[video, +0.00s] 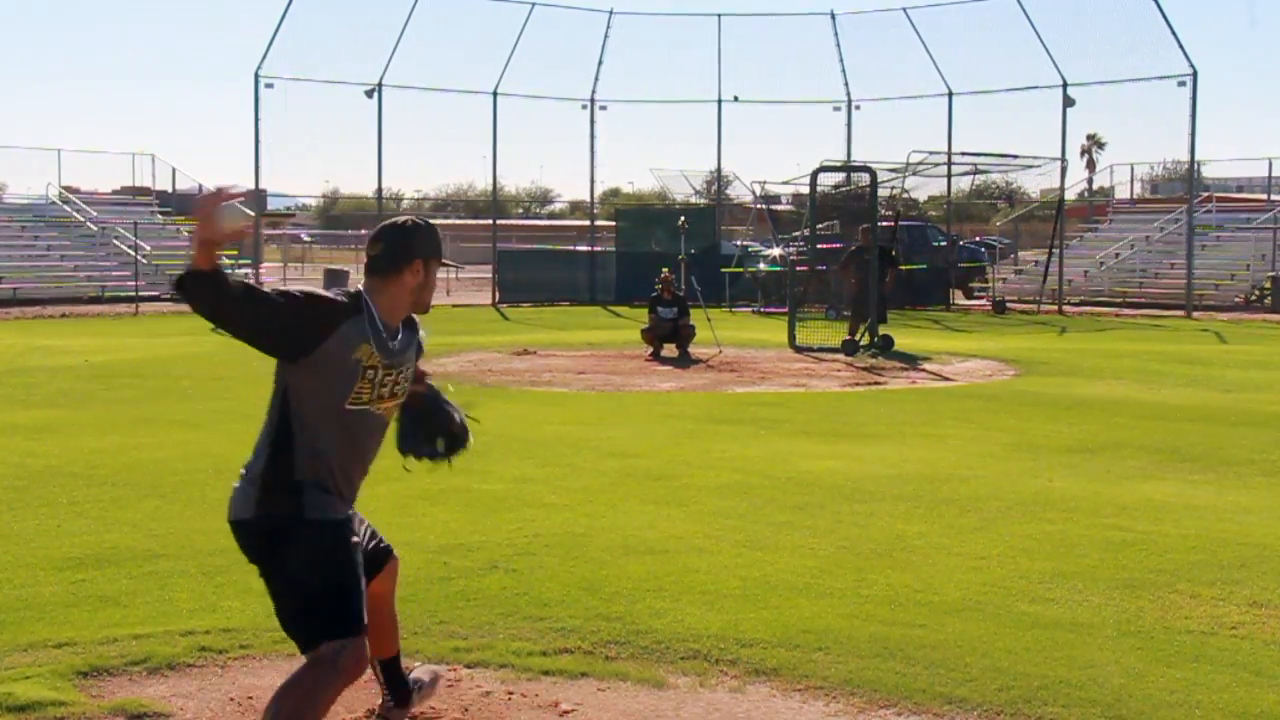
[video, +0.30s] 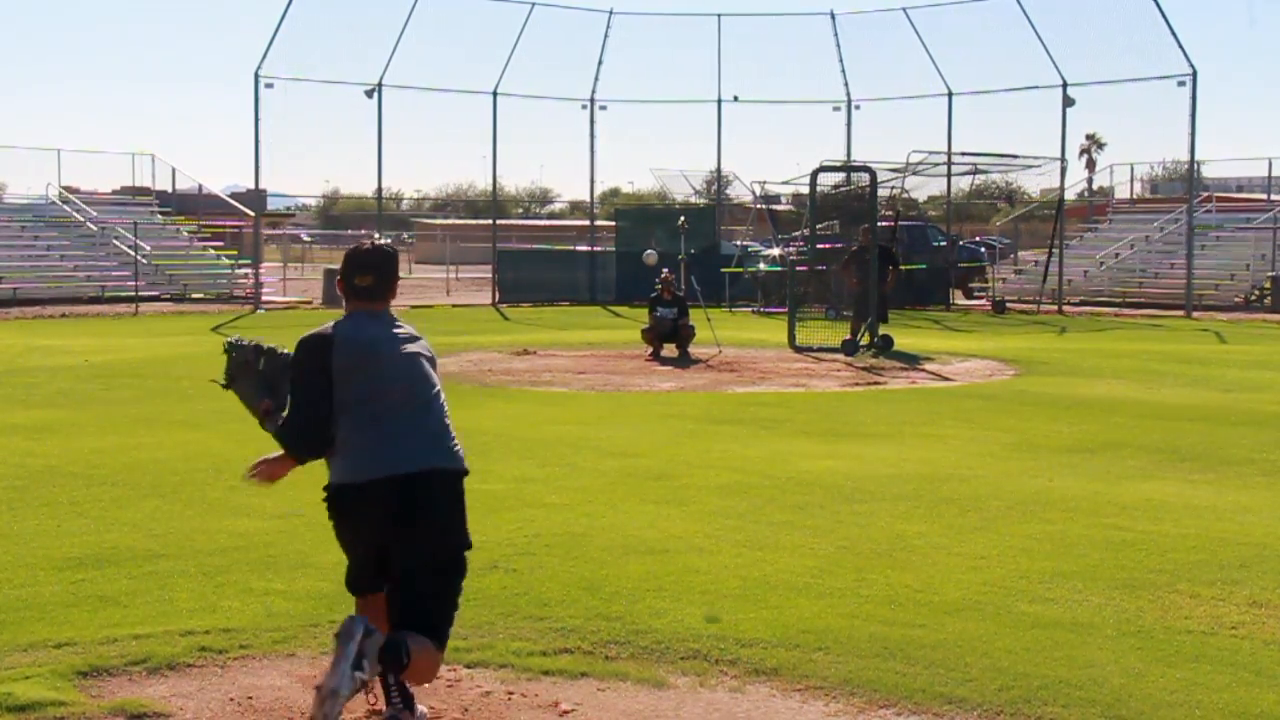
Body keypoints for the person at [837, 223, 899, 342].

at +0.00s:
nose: (867, 238)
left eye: (869, 235)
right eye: (864, 235)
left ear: (873, 236)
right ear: (860, 236)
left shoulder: (882, 251)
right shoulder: (856, 252)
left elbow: (893, 267)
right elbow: (843, 267)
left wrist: (889, 283)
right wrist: (851, 280)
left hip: (877, 288)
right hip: (860, 287)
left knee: (875, 316)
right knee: (856, 316)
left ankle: (873, 342)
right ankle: (850, 340)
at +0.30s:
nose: (867, 238)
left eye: (869, 235)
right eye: (864, 235)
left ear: (874, 236)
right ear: (860, 237)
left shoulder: (884, 251)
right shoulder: (857, 252)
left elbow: (895, 266)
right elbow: (844, 267)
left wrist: (890, 282)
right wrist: (851, 281)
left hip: (879, 288)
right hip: (862, 287)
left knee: (876, 315)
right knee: (858, 316)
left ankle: (873, 340)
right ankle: (853, 339)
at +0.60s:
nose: (867, 238)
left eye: (869, 235)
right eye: (864, 235)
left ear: (874, 236)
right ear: (860, 237)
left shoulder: (884, 251)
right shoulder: (857, 252)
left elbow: (894, 267)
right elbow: (844, 267)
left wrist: (889, 283)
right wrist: (850, 280)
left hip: (878, 289)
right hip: (861, 288)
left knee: (875, 316)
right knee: (857, 317)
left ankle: (873, 341)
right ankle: (852, 340)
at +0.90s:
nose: (866, 239)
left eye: (868, 236)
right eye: (863, 236)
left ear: (874, 236)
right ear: (860, 238)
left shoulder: (883, 252)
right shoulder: (855, 252)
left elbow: (894, 267)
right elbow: (843, 267)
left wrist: (889, 284)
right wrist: (850, 281)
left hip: (877, 289)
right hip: (860, 288)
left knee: (874, 316)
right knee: (856, 316)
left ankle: (872, 341)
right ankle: (852, 340)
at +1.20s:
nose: (864, 239)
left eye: (866, 236)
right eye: (862, 236)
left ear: (873, 237)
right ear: (859, 237)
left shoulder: (882, 251)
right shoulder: (856, 252)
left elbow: (894, 266)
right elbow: (842, 267)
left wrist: (888, 284)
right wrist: (850, 281)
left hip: (877, 289)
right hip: (860, 288)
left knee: (874, 317)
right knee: (856, 317)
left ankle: (873, 341)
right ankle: (852, 340)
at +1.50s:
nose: (866, 239)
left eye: (869, 236)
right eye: (865, 236)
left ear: (875, 237)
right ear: (862, 237)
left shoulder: (886, 252)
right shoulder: (857, 252)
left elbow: (896, 268)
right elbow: (845, 267)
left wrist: (889, 284)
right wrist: (850, 281)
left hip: (878, 289)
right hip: (861, 288)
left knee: (875, 316)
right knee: (856, 316)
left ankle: (873, 341)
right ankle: (852, 340)